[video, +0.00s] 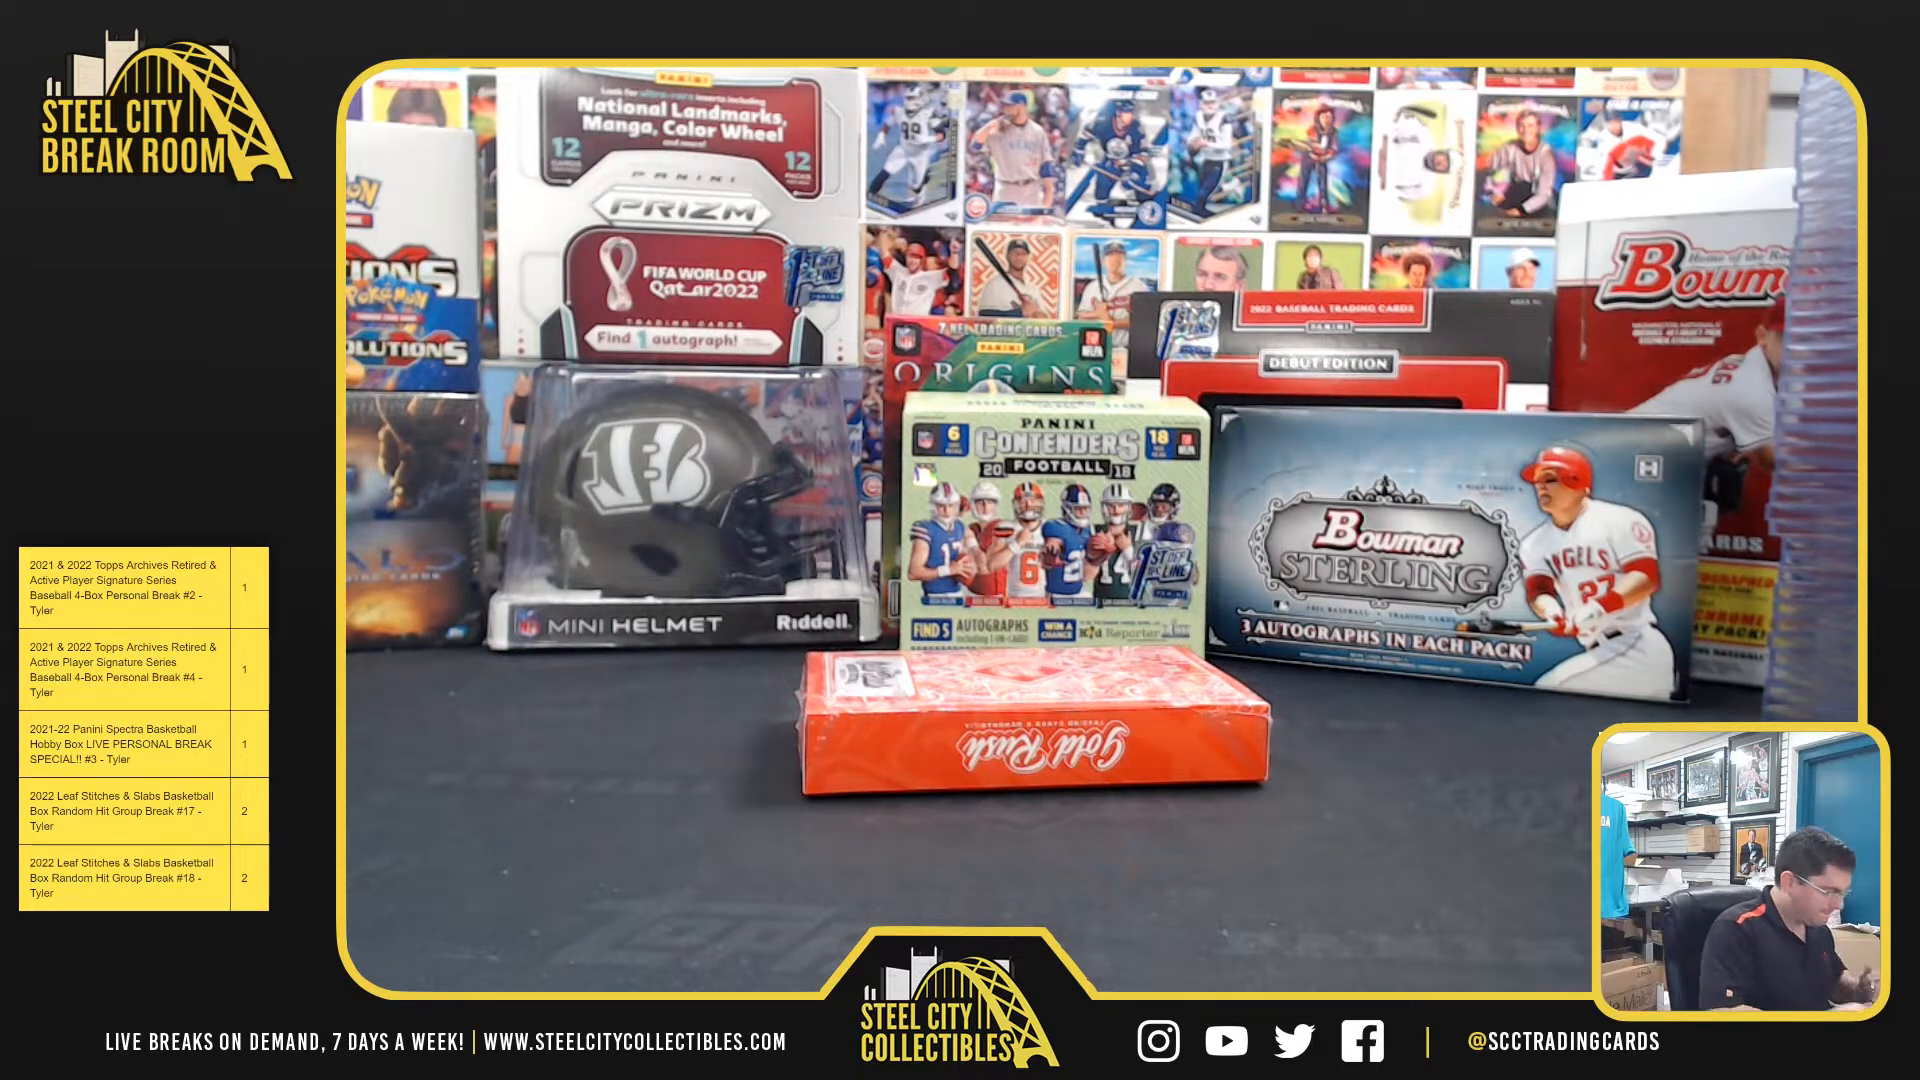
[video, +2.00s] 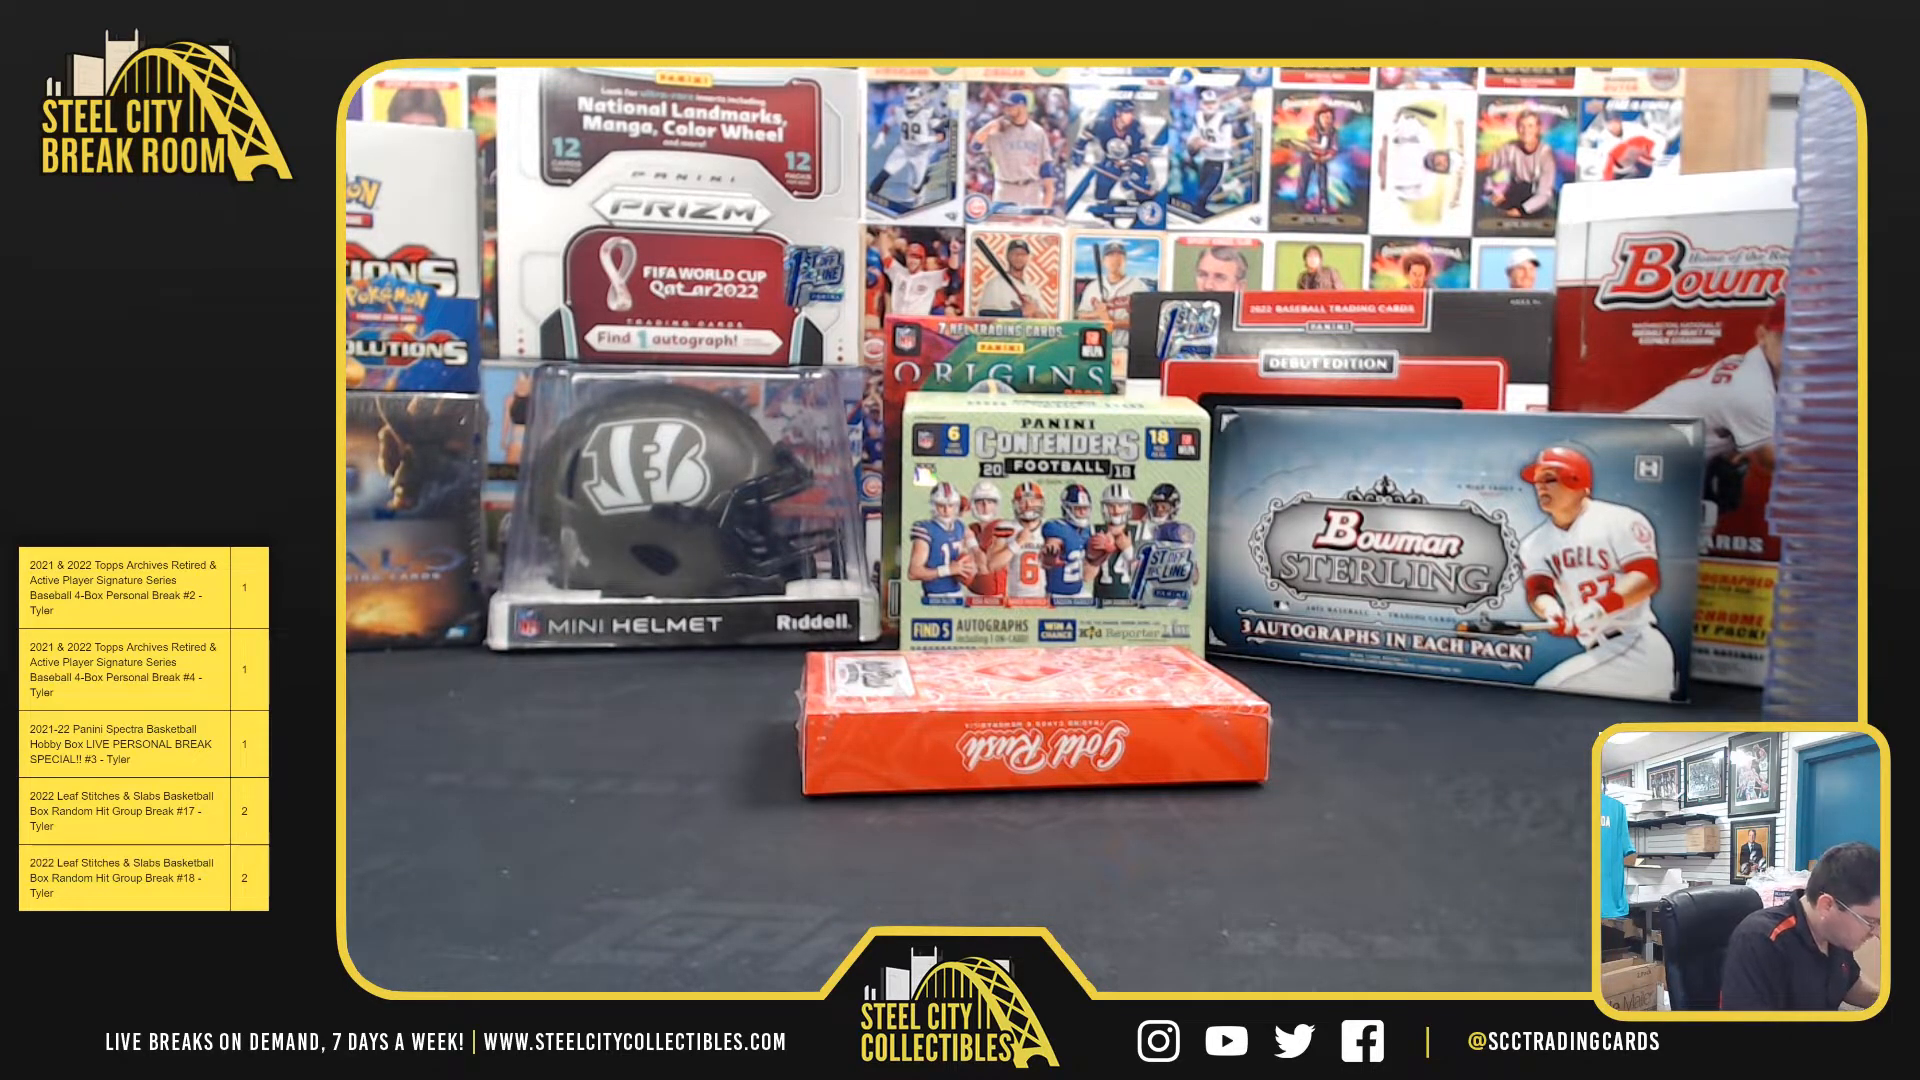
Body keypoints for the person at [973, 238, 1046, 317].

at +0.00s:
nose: (1019, 257)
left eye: (1023, 254)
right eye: (1016, 253)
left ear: (1028, 258)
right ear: (1008, 256)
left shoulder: (1033, 289)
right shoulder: (995, 284)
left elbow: (1045, 317)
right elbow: (986, 315)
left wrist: (1033, 310)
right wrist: (1020, 312)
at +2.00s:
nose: (1019, 258)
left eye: (1023, 254)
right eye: (1015, 254)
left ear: (1028, 258)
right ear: (1008, 256)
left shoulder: (1032, 288)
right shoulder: (995, 284)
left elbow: (1045, 317)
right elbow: (985, 314)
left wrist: (1034, 310)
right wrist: (1020, 313)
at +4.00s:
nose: (1019, 258)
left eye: (1023, 254)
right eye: (1016, 254)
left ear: (1028, 258)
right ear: (1008, 256)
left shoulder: (1032, 289)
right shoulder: (995, 285)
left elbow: (1044, 317)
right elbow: (985, 315)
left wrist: (1034, 311)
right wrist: (1020, 313)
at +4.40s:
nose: (1019, 258)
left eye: (1023, 254)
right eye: (1015, 254)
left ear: (1028, 257)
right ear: (1008, 256)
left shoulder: (1032, 289)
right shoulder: (995, 284)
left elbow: (1045, 317)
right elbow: (985, 314)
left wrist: (1034, 311)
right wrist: (1020, 313)